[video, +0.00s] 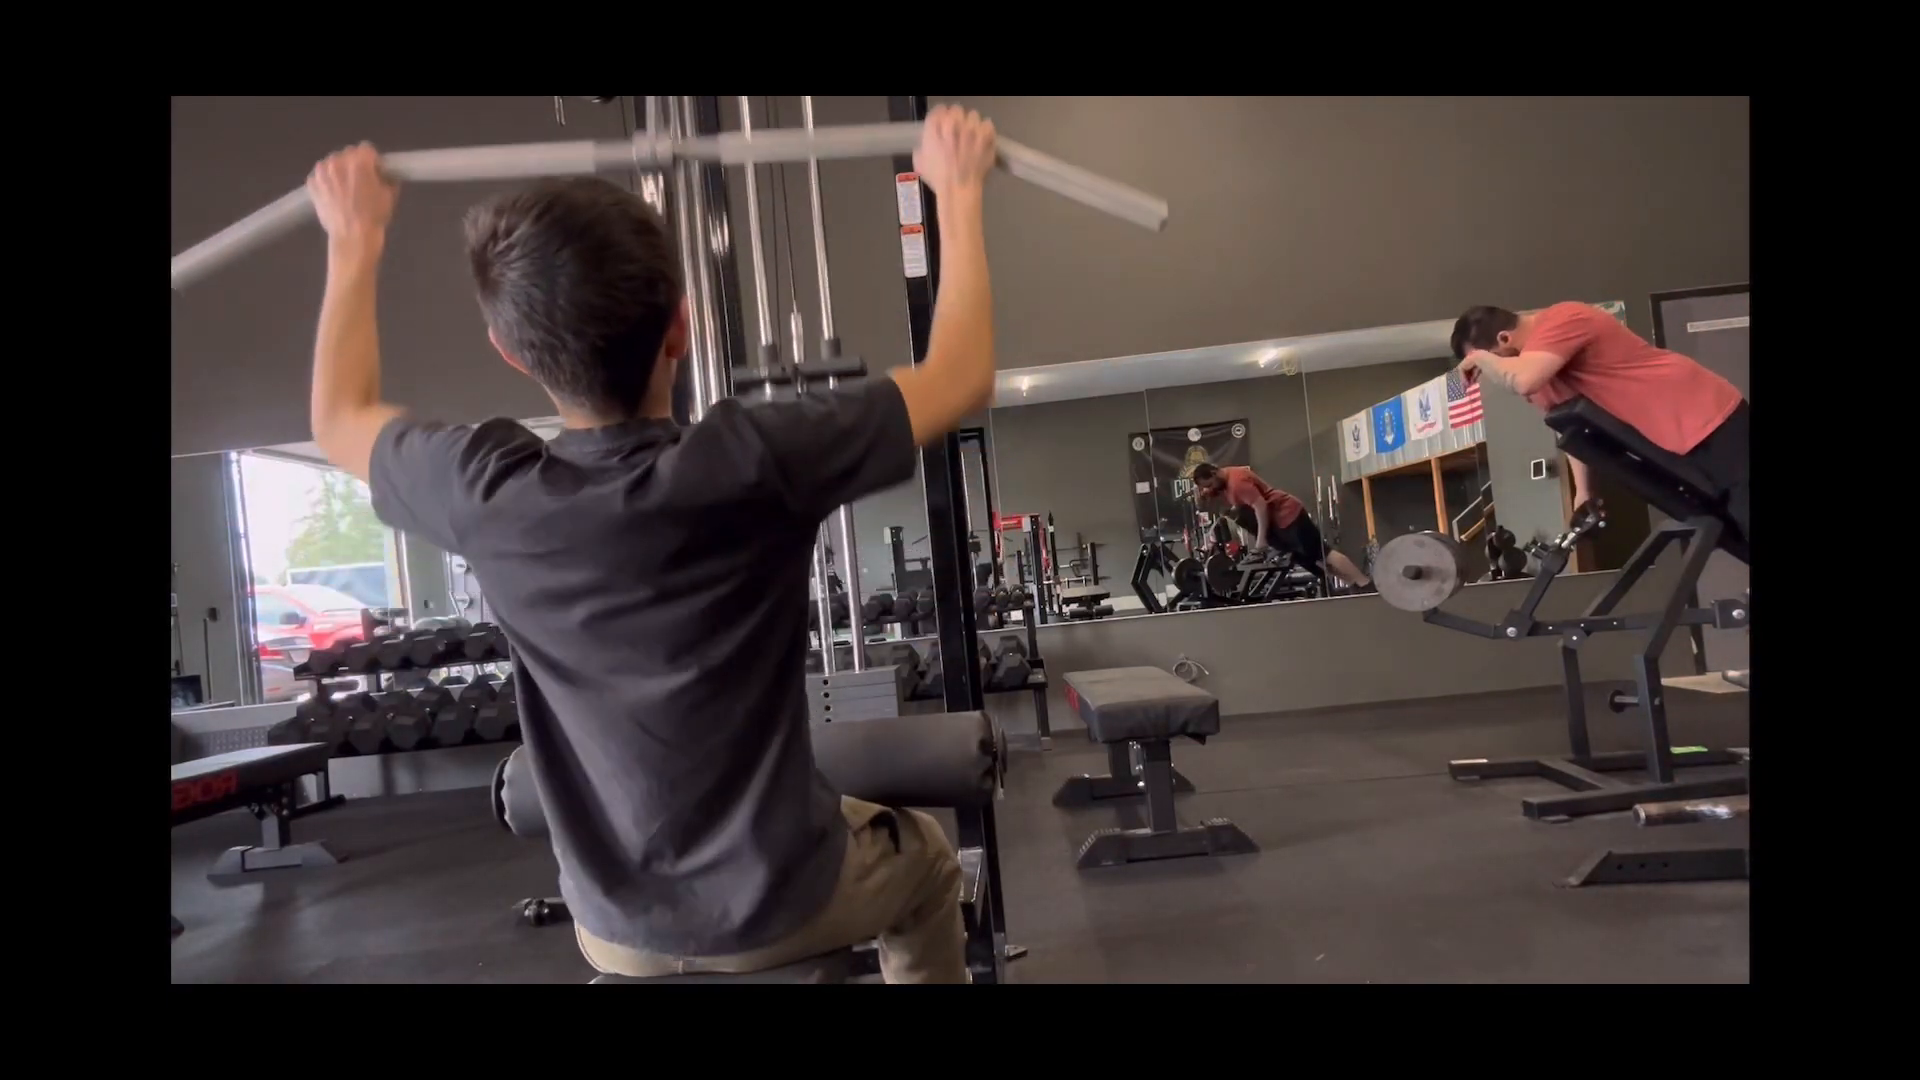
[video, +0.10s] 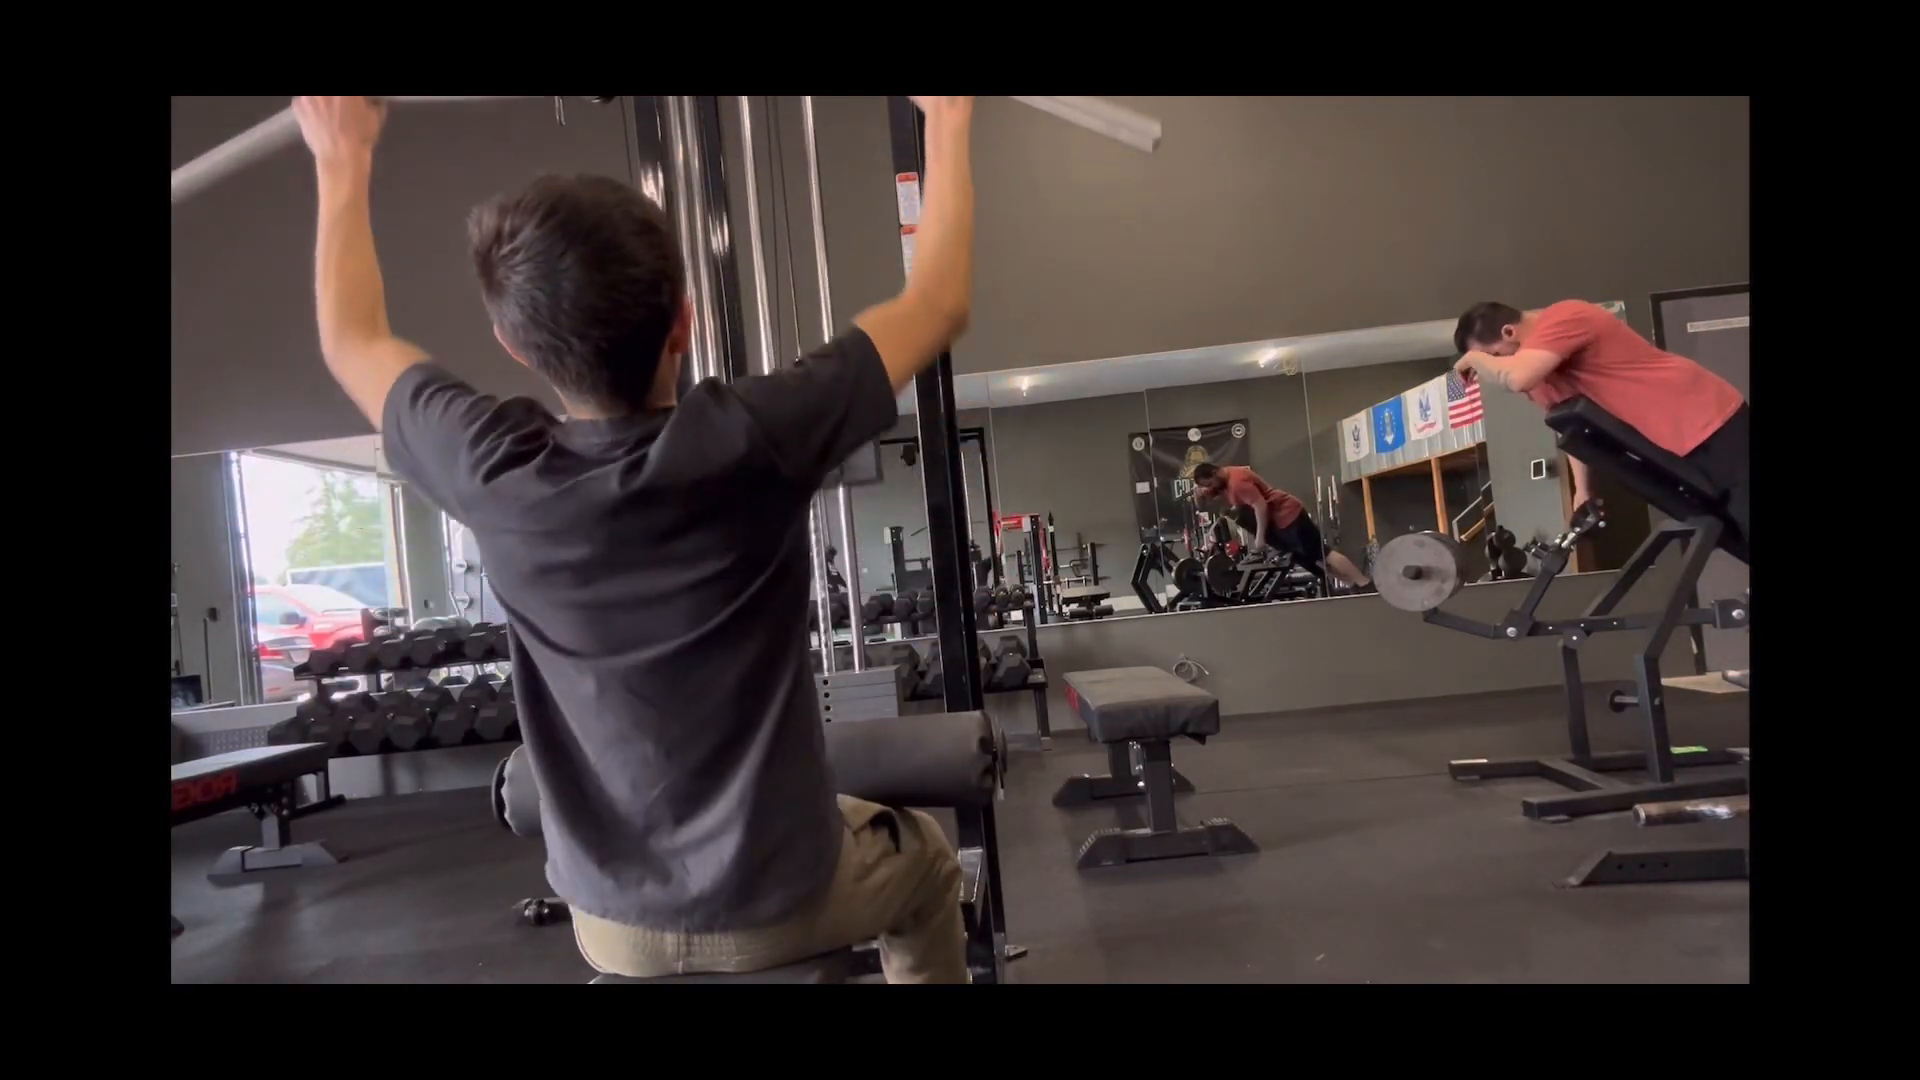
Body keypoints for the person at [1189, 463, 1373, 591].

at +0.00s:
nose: (1207, 490)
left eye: (1206, 485)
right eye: (1203, 487)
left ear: (1213, 474)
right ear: (1207, 478)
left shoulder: (1237, 481)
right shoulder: (1223, 482)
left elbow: (1262, 507)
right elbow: (1206, 502)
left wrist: (1260, 542)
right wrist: (1203, 496)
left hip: (1288, 514)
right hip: (1274, 523)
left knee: (1322, 553)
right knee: (1313, 560)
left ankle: (1363, 581)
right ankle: (1354, 582)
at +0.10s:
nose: (1208, 489)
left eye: (1208, 485)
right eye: (1205, 487)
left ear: (1214, 473)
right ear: (1208, 478)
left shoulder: (1238, 482)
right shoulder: (1224, 480)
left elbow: (1262, 506)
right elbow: (1210, 495)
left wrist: (1259, 539)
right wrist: (1202, 495)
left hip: (1288, 514)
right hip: (1274, 522)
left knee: (1323, 554)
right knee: (1313, 560)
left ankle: (1363, 582)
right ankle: (1350, 584)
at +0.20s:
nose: (1208, 489)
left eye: (1209, 484)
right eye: (1204, 486)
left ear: (1216, 473)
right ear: (1207, 480)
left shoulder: (1239, 480)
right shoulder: (1224, 480)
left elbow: (1262, 506)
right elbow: (1212, 494)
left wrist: (1258, 538)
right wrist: (1202, 494)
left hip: (1288, 513)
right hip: (1274, 522)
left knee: (1322, 554)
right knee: (1312, 560)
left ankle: (1363, 582)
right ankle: (1350, 584)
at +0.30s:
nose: (1207, 486)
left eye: (1207, 481)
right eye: (1203, 484)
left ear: (1214, 472)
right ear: (1208, 478)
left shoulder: (1239, 479)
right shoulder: (1225, 482)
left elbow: (1262, 503)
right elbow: (1229, 503)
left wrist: (1257, 534)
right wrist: (1209, 499)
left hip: (1288, 512)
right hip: (1274, 521)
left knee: (1322, 553)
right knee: (1312, 559)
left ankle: (1364, 583)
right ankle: (1350, 585)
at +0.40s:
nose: (1209, 484)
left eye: (1208, 479)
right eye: (1205, 482)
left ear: (1215, 470)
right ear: (1208, 477)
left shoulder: (1240, 477)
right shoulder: (1221, 487)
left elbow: (1262, 503)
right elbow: (1219, 508)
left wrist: (1257, 533)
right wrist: (1209, 508)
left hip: (1288, 512)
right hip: (1273, 523)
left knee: (1322, 554)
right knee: (1311, 560)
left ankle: (1363, 584)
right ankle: (1351, 586)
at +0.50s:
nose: (1209, 483)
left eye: (1208, 478)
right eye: (1205, 481)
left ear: (1216, 468)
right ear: (1209, 476)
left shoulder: (1240, 477)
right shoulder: (1223, 486)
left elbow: (1261, 503)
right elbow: (1225, 509)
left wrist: (1257, 536)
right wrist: (1211, 517)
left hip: (1289, 513)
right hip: (1275, 523)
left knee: (1322, 553)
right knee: (1313, 560)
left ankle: (1362, 584)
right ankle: (1351, 585)